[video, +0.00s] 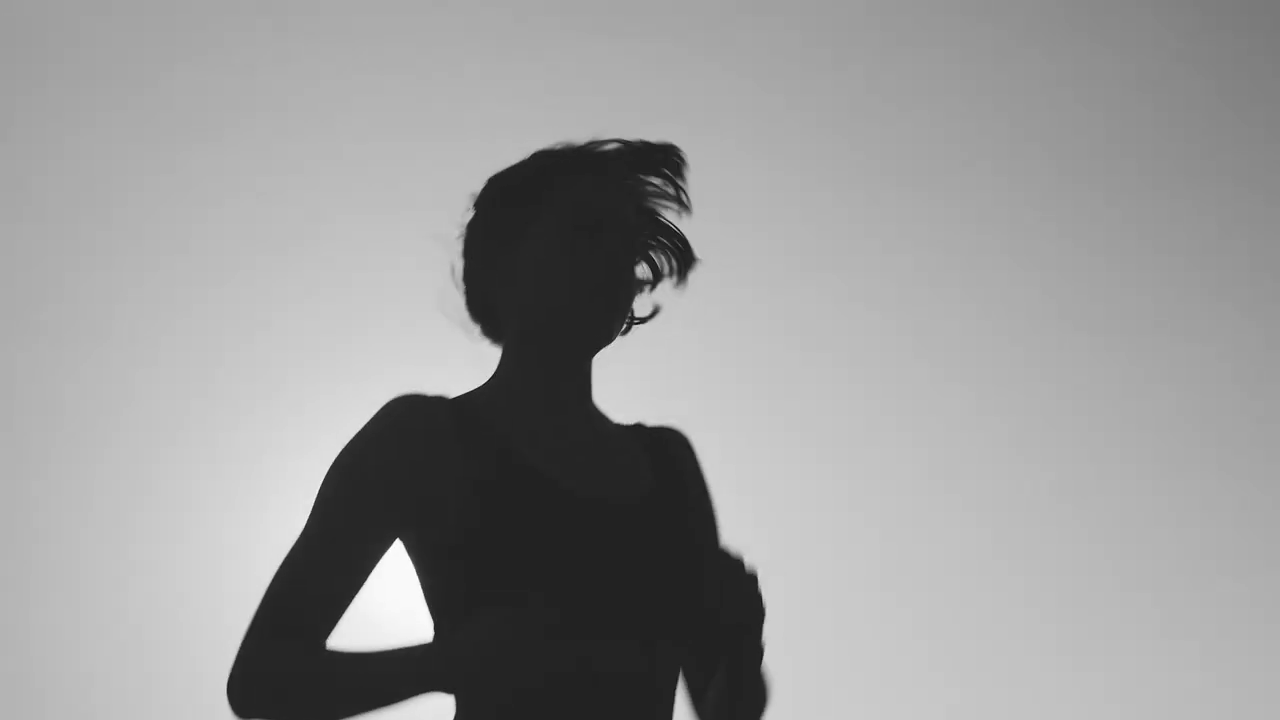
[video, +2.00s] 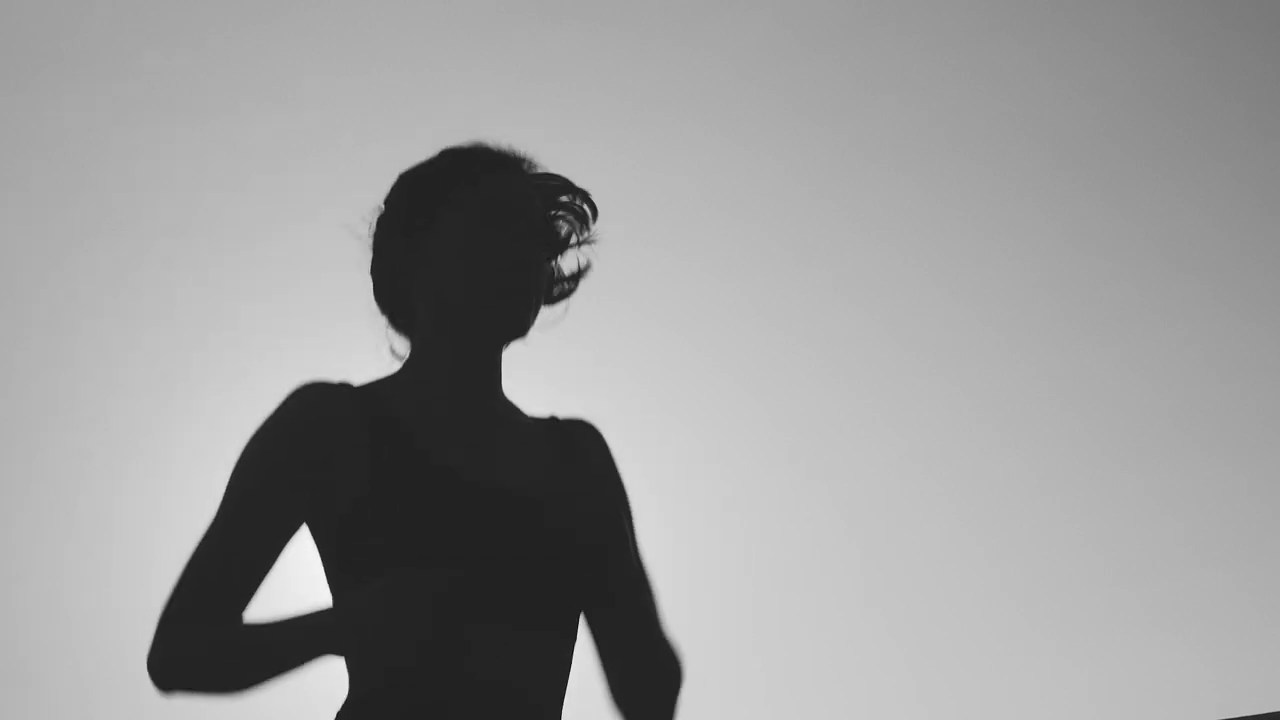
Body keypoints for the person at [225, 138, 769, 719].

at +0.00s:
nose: (617, 272)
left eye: (628, 251)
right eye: (584, 243)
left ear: (634, 282)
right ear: (505, 269)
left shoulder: (664, 460)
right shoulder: (418, 438)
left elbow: (728, 710)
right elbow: (261, 680)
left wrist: (734, 644)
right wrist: (447, 663)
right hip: (500, 714)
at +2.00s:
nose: (521, 269)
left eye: (532, 247)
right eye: (488, 242)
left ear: (547, 276)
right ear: (416, 266)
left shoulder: (573, 455)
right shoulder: (322, 425)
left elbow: (648, 688)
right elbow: (179, 656)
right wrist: (346, 625)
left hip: (523, 708)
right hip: (376, 712)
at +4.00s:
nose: (688, 343)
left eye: (685, 314)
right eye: (650, 310)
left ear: (685, 350)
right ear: (556, 342)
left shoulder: (727, 510)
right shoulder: (496, 493)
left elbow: (780, 702)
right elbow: (397, 692)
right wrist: (517, 708)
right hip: (563, 707)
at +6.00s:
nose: (687, 319)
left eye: (691, 298)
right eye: (656, 293)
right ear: (570, 316)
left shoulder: (704, 495)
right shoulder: (506, 459)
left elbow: (716, 705)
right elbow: (378, 681)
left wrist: (771, 682)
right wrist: (596, 667)